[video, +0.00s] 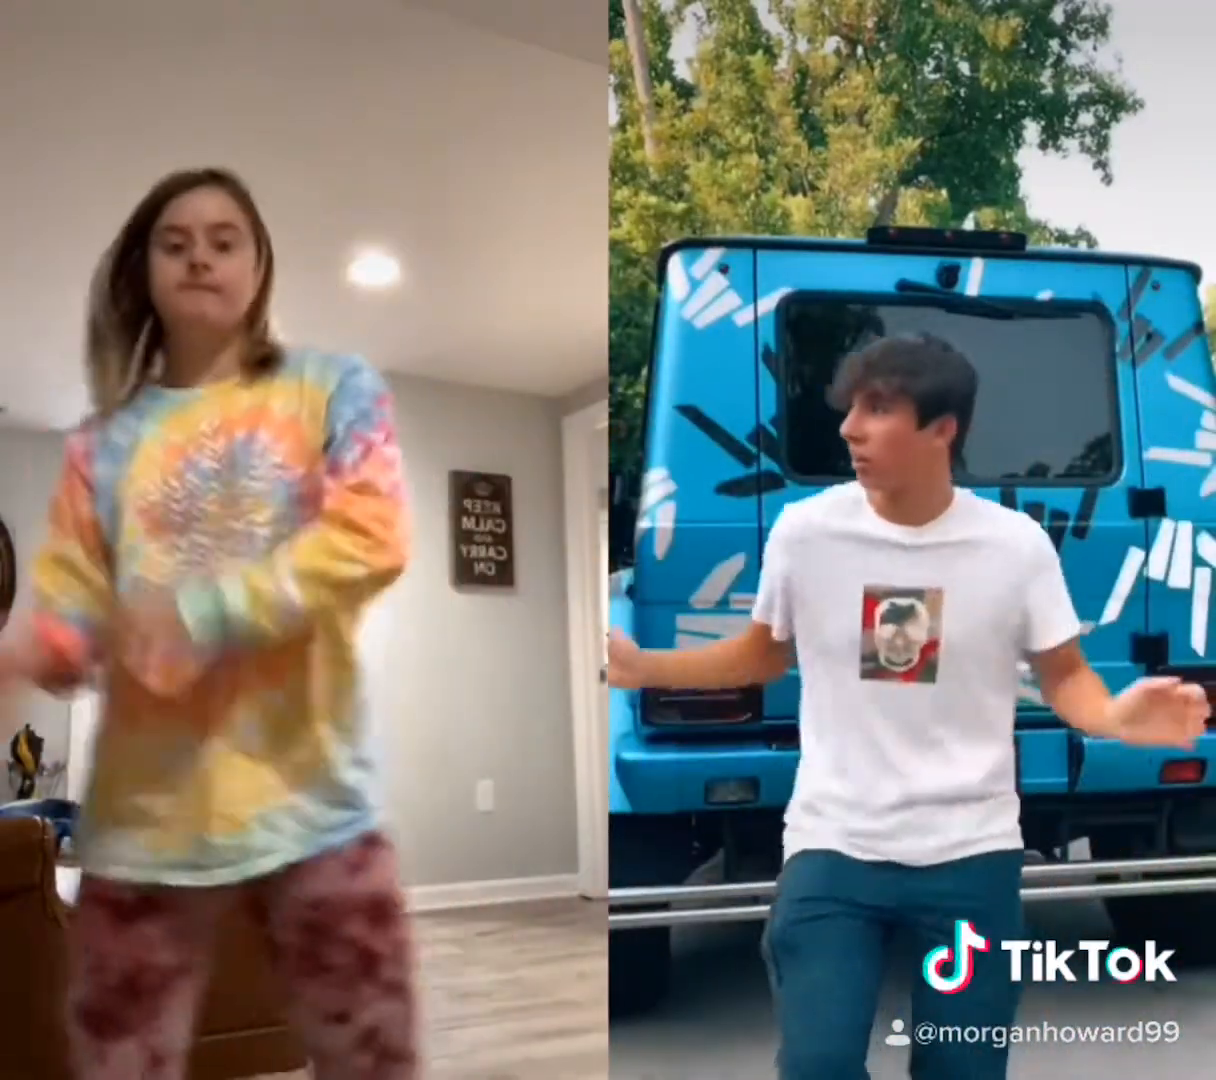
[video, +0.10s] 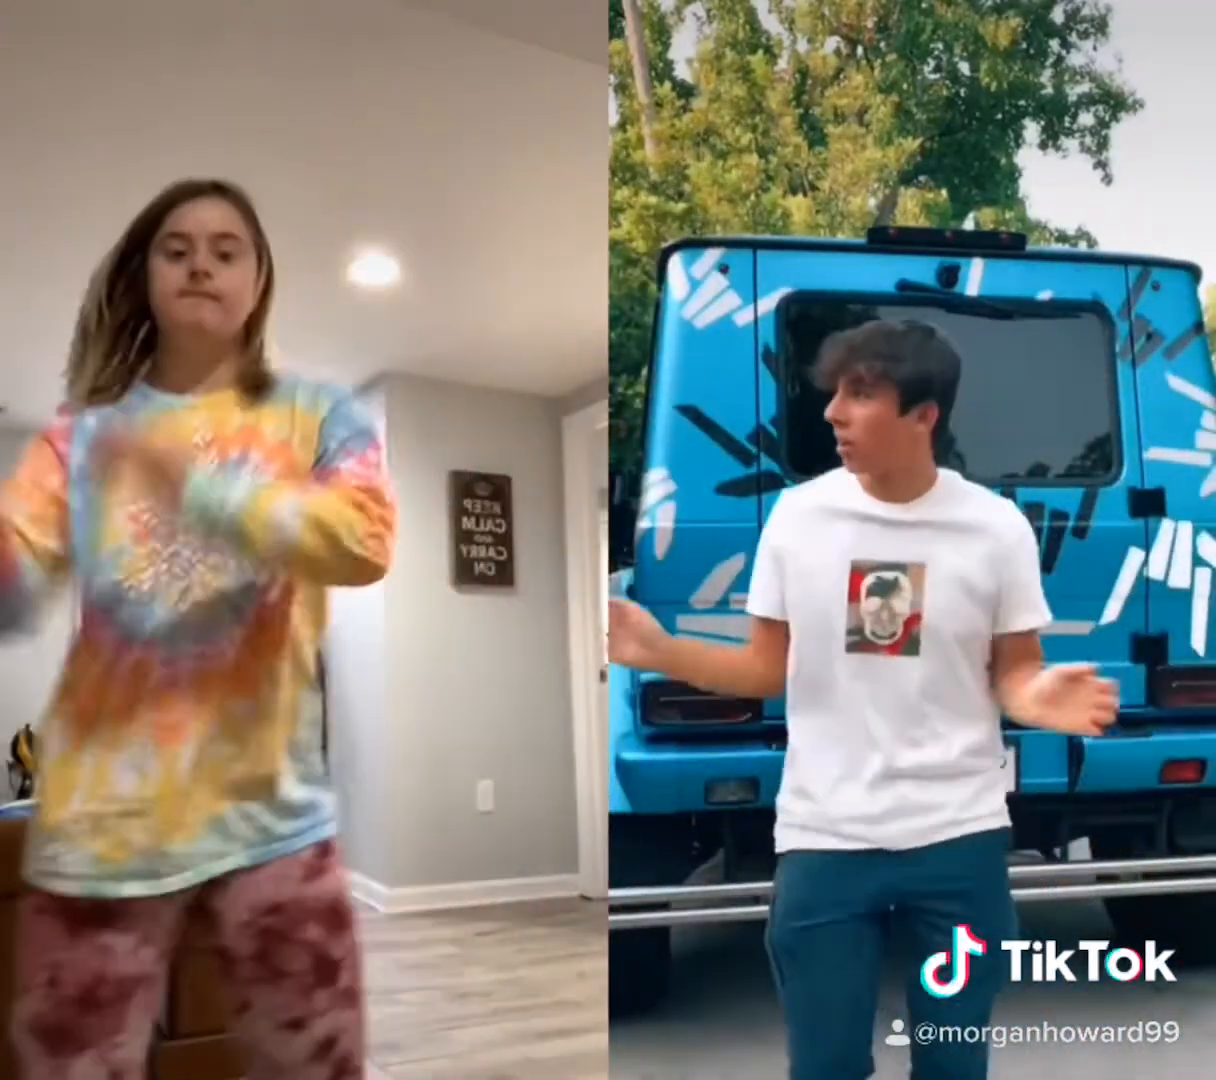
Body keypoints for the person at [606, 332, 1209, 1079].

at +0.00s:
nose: (850, 428)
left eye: (876, 409)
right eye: (849, 408)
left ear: (943, 430)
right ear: (848, 418)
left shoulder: (1016, 546)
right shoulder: (805, 534)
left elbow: (1067, 676)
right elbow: (765, 651)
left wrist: (1116, 716)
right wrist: (645, 667)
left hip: (971, 854)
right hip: (833, 849)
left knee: (963, 1063)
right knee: (816, 1059)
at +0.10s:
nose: (834, 412)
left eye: (859, 397)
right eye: (836, 394)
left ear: (924, 417)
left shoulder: (996, 528)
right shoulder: (798, 516)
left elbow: (1016, 671)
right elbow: (767, 669)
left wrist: (1036, 695)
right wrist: (664, 651)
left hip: (958, 838)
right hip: (824, 841)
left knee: (955, 1061)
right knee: (824, 1063)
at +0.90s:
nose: (991, 433)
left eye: (1008, 416)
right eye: (973, 412)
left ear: (1025, 430)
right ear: (927, 420)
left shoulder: (1014, 538)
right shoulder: (874, 543)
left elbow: (1033, 660)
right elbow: (833, 715)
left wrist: (1077, 721)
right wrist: (862, 877)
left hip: (988, 840)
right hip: (904, 854)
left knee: (974, 1051)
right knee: (942, 1057)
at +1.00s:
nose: (1024, 432)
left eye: (1037, 415)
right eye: (1002, 408)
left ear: (1050, 429)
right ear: (949, 418)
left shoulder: (1005, 527)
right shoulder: (916, 535)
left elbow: (1034, 669)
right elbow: (841, 697)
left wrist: (1144, 699)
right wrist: (809, 864)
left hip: (984, 846)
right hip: (924, 861)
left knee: (946, 1059)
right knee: (970, 1063)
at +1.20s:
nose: (1090, 471)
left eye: (1100, 454)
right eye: (1069, 449)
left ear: (1109, 463)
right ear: (1008, 457)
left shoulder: (992, 554)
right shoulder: (1018, 567)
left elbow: (1029, 726)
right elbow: (948, 744)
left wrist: (1167, 766)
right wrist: (896, 926)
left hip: (1021, 883)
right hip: (984, 914)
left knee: (1122, 1040)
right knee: (1038, 1067)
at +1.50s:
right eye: (1209, 431)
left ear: (1170, 434)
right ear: (1162, 433)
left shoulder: (1129, 525)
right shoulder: (1184, 531)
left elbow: (1061, 697)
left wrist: (1072, 849)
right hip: (1138, 869)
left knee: (1202, 1054)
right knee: (1117, 1067)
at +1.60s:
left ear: (1205, 460)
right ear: (1207, 460)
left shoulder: (1164, 563)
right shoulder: (1193, 560)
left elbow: (1140, 746)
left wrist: (1129, 888)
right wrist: (1135, 891)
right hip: (1193, 880)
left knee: (1204, 1058)